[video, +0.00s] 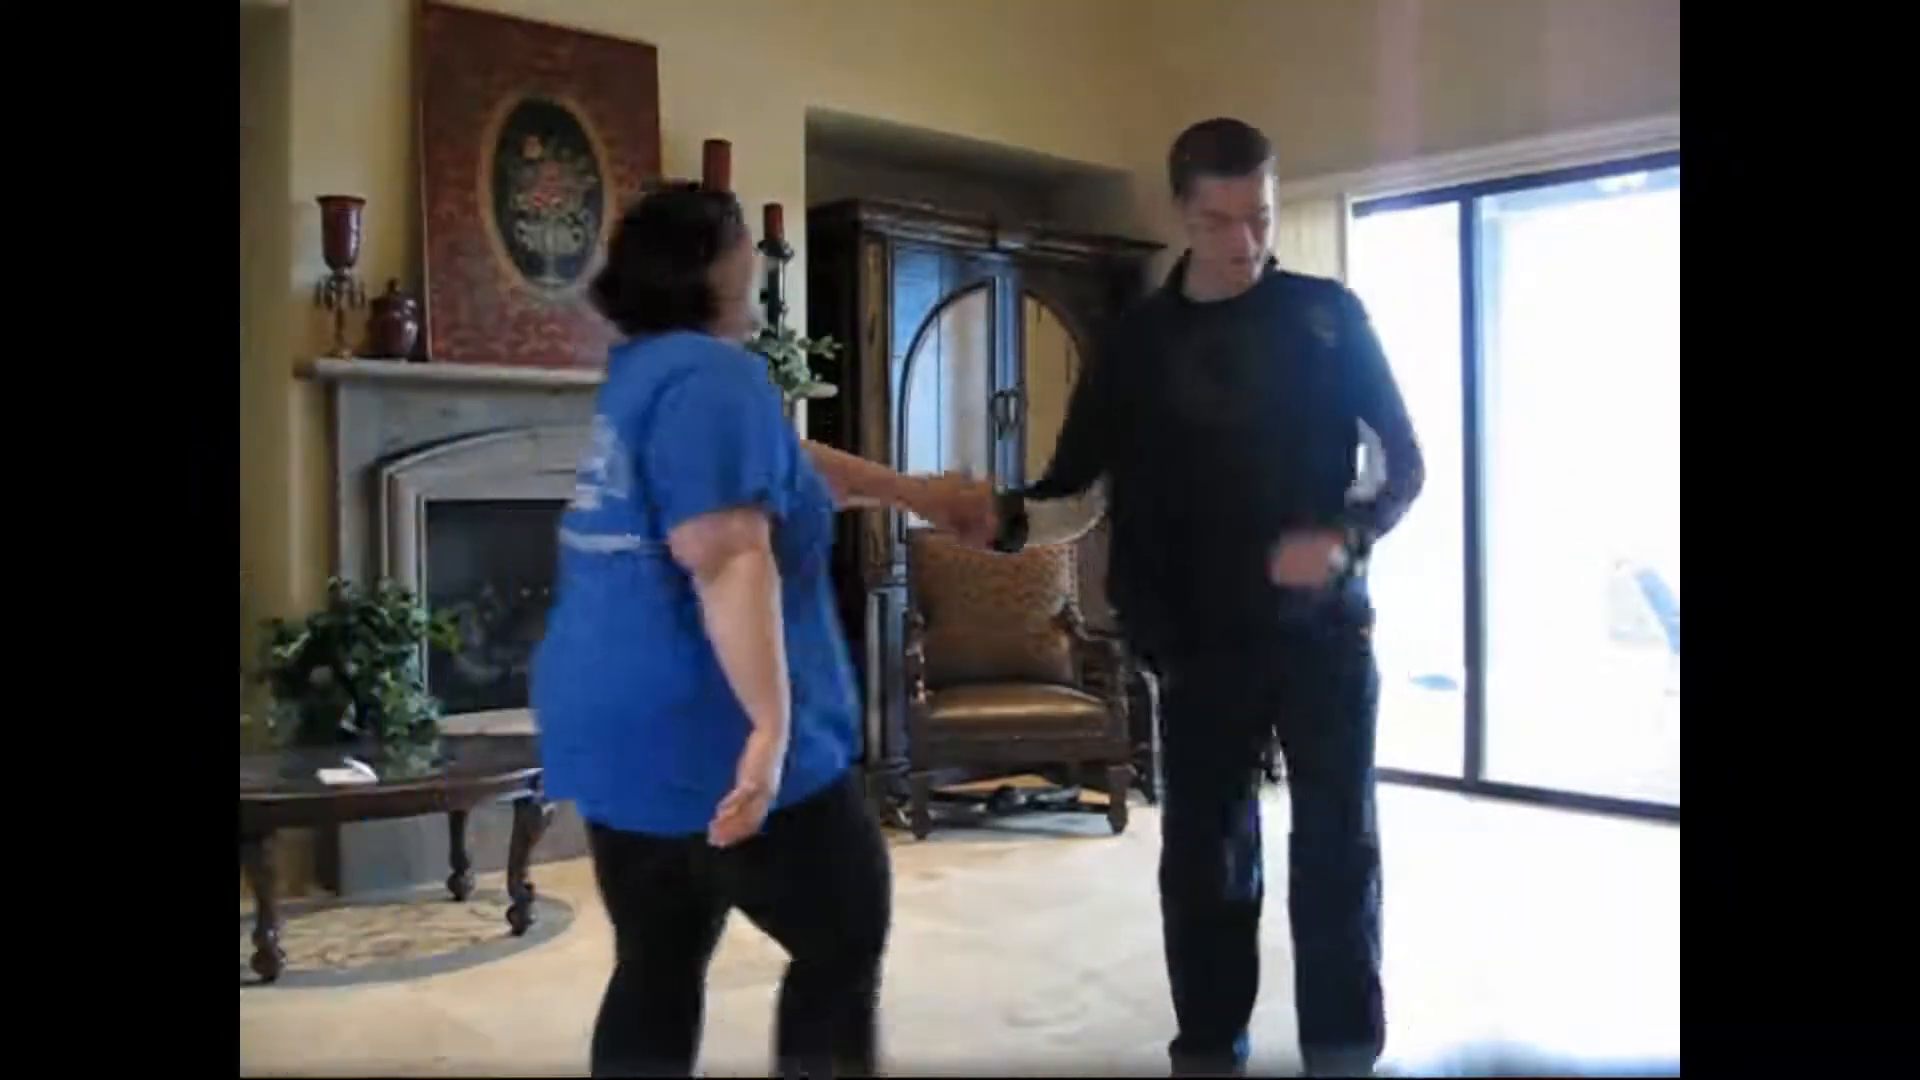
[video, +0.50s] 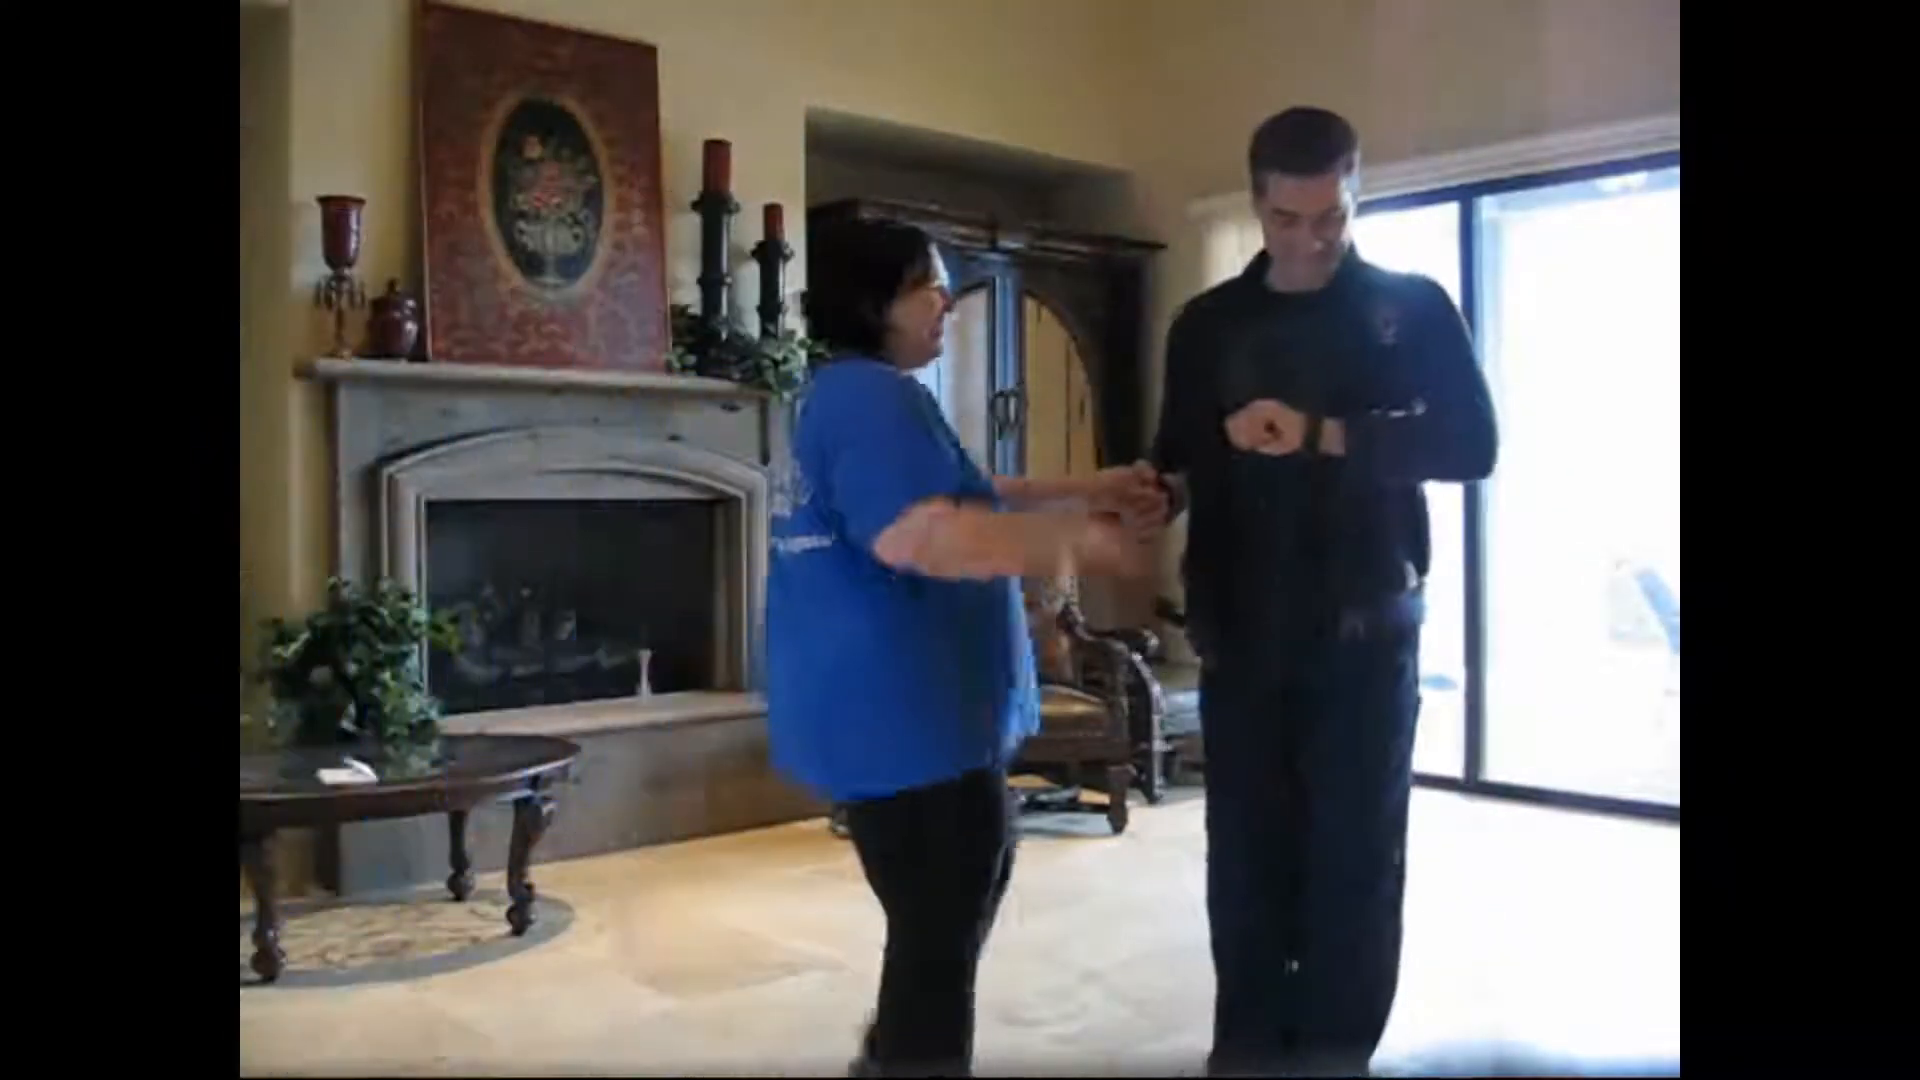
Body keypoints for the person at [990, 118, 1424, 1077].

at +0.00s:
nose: (1246, 240)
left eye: (1258, 216)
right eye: (1223, 220)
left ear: (1275, 207)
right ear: (1180, 215)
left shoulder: (1326, 315)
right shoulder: (1135, 334)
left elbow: (1404, 463)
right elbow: (1072, 481)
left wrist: (1345, 532)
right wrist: (1004, 519)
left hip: (1320, 637)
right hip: (1201, 642)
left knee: (1338, 859)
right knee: (1205, 865)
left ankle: (1343, 1059)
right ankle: (1208, 1055)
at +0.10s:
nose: (1266, 253)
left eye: (1278, 230)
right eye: (1244, 234)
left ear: (1295, 211)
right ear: (1200, 221)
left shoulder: (1343, 315)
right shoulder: (1148, 337)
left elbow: (1429, 450)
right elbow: (1098, 464)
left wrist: (1322, 472)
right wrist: (1041, 508)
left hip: (1325, 639)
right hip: (1205, 640)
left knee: (1327, 862)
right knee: (1210, 862)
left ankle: (1326, 1060)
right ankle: (1209, 1055)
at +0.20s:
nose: (1286, 243)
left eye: (1296, 222)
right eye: (1263, 226)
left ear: (1314, 203)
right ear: (1220, 215)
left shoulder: (1365, 312)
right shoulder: (1169, 331)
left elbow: (1447, 445)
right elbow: (1128, 450)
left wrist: (1318, 445)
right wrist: (1090, 488)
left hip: (1334, 635)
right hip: (1213, 632)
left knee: (1328, 859)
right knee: (1210, 855)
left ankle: (1318, 1056)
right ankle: (1207, 1054)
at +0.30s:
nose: (1295, 242)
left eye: (1310, 221)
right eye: (1273, 224)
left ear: (1332, 206)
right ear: (1237, 212)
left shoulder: (1387, 315)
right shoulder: (1181, 331)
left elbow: (1457, 447)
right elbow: (1133, 454)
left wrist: (1320, 439)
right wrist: (1109, 489)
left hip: (1348, 639)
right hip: (1224, 637)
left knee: (1340, 866)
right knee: (1215, 860)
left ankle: (1326, 1061)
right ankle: (1216, 1056)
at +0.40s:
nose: (1305, 240)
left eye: (1320, 219)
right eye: (1282, 222)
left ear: (1346, 202)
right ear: (1248, 210)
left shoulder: (1401, 311)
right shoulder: (1195, 328)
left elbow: (1466, 447)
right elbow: (1165, 454)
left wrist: (1322, 438)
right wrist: (1137, 486)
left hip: (1357, 633)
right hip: (1233, 631)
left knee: (1347, 859)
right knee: (1228, 857)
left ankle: (1331, 1060)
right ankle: (1233, 1056)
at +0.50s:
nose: (1307, 238)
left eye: (1325, 217)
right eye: (1286, 218)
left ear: (1352, 201)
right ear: (1255, 205)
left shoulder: (1410, 308)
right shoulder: (1204, 325)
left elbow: (1472, 444)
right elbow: (1174, 456)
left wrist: (1323, 434)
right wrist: (1149, 487)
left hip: (1363, 634)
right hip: (1241, 632)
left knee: (1353, 857)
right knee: (1245, 853)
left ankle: (1336, 1059)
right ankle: (1245, 1057)